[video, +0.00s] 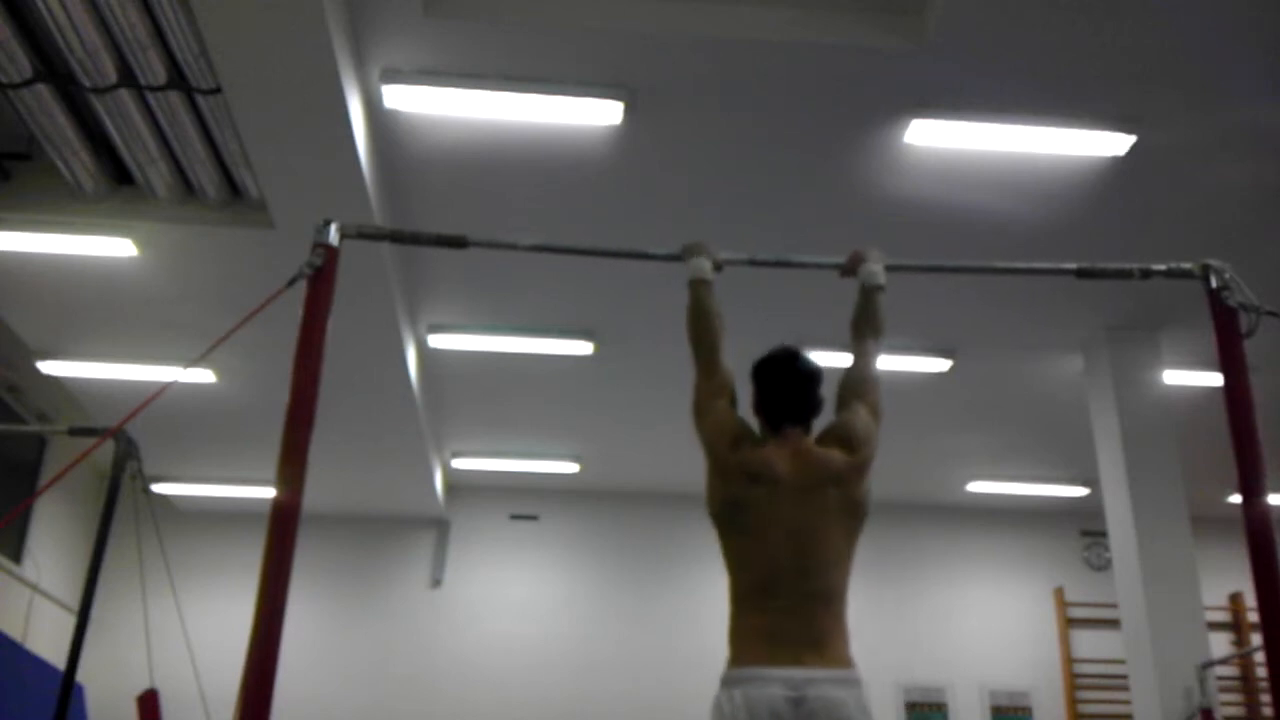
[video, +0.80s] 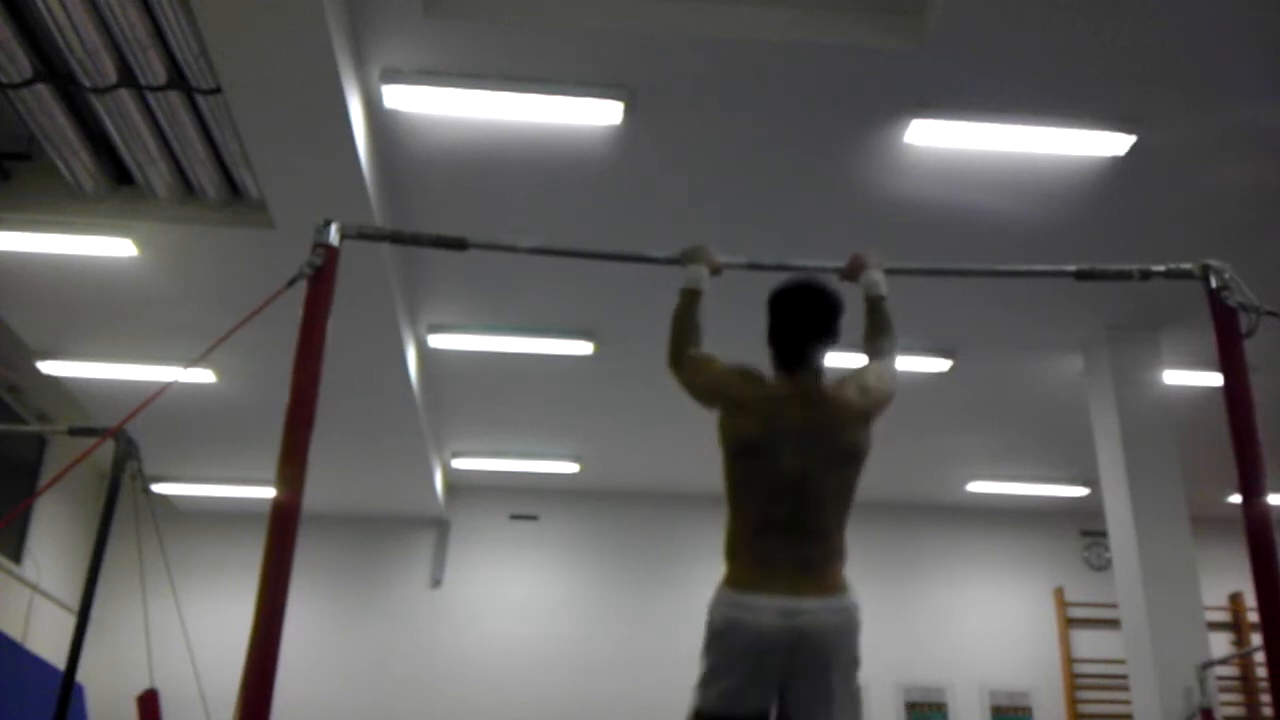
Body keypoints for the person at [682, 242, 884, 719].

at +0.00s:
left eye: (762, 397)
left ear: (755, 407)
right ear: (817, 406)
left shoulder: (732, 460)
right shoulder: (846, 461)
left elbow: (708, 361)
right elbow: (865, 352)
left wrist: (699, 270)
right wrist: (872, 278)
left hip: (751, 686)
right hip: (834, 686)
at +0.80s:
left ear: (770, 335)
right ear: (830, 340)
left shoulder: (740, 398)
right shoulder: (853, 408)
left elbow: (684, 358)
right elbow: (881, 357)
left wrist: (693, 279)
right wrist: (875, 288)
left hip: (744, 616)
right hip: (825, 620)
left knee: (724, 711)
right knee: (826, 714)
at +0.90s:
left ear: (782, 284)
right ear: (845, 290)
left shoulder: (749, 345)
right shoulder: (869, 364)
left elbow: (687, 347)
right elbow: (889, 340)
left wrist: (694, 277)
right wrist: (878, 285)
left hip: (757, 573)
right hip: (838, 578)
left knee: (749, 684)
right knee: (817, 669)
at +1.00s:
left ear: (788, 207)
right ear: (853, 211)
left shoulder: (755, 270)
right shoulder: (879, 282)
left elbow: (685, 314)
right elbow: (911, 324)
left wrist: (695, 262)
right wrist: (876, 273)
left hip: (763, 497)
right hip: (840, 505)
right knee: (800, 559)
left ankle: (743, 580)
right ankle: (761, 581)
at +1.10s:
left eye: (793, 138)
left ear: (783, 137)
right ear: (847, 139)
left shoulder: (755, 187)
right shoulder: (877, 204)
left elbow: (674, 263)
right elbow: (926, 281)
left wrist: (710, 240)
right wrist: (880, 233)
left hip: (757, 407)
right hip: (833, 413)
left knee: (739, 488)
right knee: (799, 493)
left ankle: (732, 571)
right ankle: (761, 578)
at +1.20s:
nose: (776, 119)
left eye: (773, 109)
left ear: (769, 107)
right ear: (829, 110)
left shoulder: (746, 140)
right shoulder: (865, 150)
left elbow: (671, 206)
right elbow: (929, 230)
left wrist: (698, 242)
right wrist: (874, 248)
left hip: (759, 342)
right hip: (835, 348)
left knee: (741, 466)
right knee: (798, 470)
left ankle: (735, 580)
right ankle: (765, 584)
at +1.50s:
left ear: (749, 108)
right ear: (805, 109)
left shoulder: (732, 124)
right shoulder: (838, 135)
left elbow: (667, 152)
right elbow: (906, 178)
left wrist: (688, 232)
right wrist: (876, 241)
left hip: (757, 257)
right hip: (831, 258)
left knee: (749, 425)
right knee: (811, 427)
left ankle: (752, 569)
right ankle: (785, 573)